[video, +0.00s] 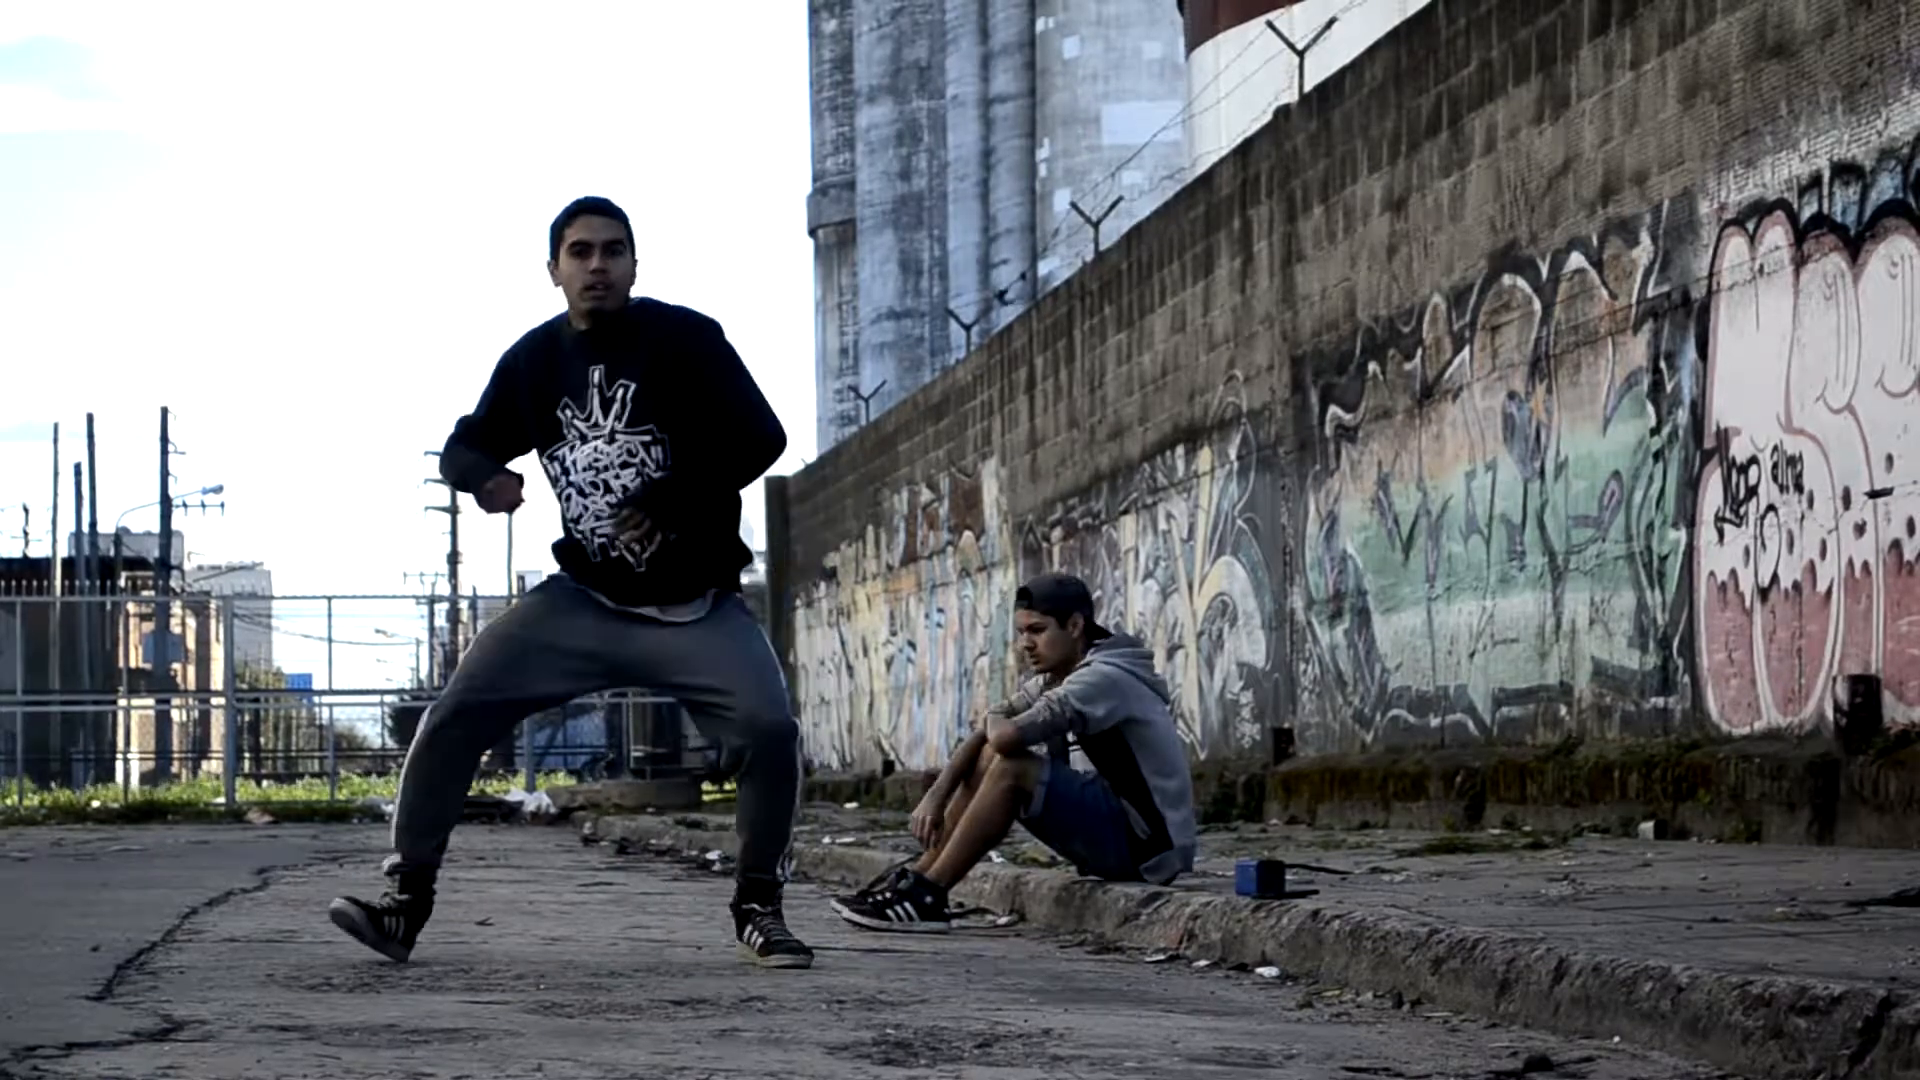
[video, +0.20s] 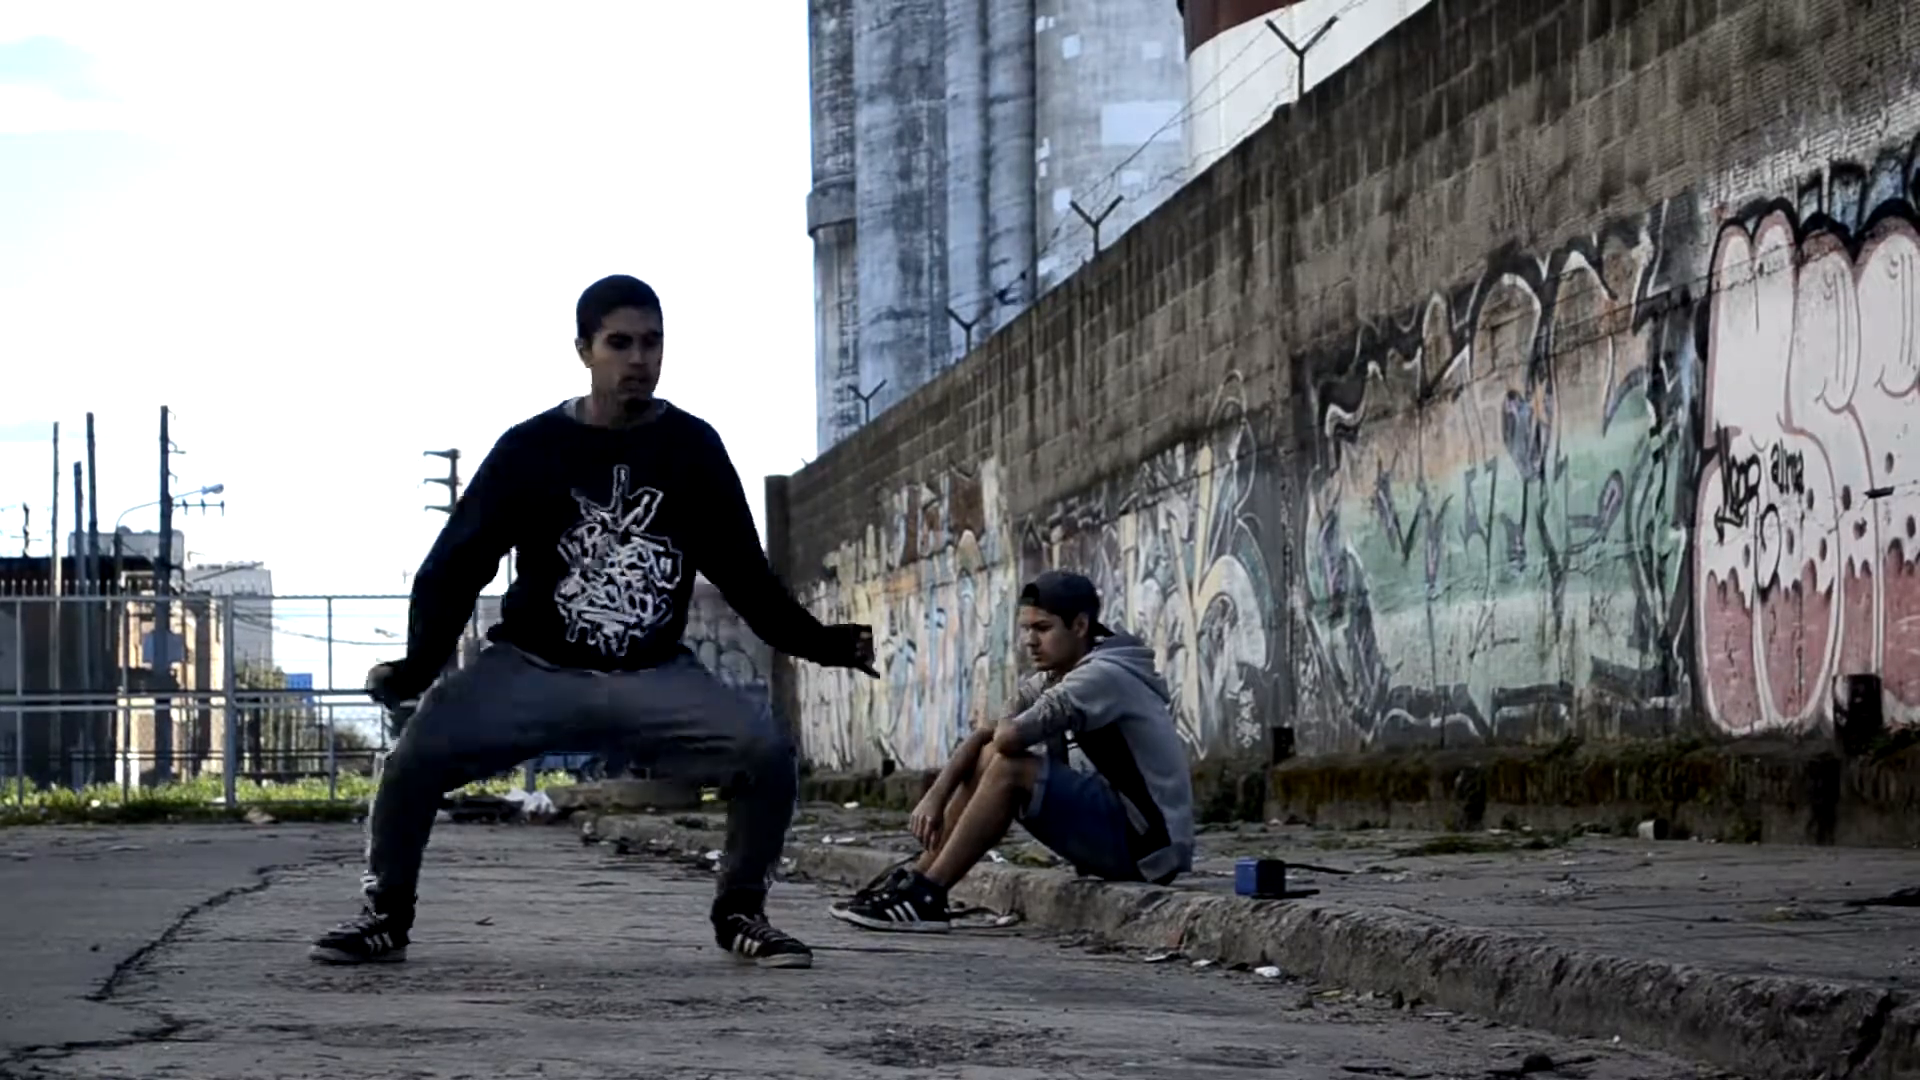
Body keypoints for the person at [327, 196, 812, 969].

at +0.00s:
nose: (598, 266)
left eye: (613, 251)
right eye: (581, 252)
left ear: (635, 263)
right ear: (555, 270)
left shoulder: (690, 341)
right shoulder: (533, 363)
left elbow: (762, 437)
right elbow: (465, 448)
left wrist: (671, 501)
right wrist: (482, 473)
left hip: (701, 611)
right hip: (583, 604)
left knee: (772, 731)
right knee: (456, 710)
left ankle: (760, 910)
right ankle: (405, 902)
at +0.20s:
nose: (639, 359)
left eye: (651, 343)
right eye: (621, 343)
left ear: (664, 350)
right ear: (586, 351)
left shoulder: (693, 448)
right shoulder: (529, 448)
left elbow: (742, 572)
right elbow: (457, 561)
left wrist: (816, 640)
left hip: (658, 675)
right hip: (534, 671)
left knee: (768, 747)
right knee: (419, 749)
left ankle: (739, 912)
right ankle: (387, 916)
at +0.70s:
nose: (564, 303)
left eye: (574, 289)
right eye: (545, 289)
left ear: (585, 299)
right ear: (504, 304)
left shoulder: (643, 394)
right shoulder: (476, 431)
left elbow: (706, 497)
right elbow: (470, 556)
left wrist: (733, 555)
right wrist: (443, 596)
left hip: (667, 632)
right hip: (542, 642)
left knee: (777, 732)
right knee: (450, 762)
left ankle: (816, 903)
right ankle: (396, 914)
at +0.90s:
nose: (574, 236)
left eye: (585, 221)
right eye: (555, 220)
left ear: (597, 233)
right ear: (517, 235)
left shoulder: (660, 316)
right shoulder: (485, 350)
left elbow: (791, 335)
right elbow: (378, 424)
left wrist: (701, 398)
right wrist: (482, 433)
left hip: (670, 594)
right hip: (541, 593)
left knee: (754, 733)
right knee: (437, 733)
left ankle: (786, 901)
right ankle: (391, 916)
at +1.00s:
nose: (597, 192)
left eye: (608, 177)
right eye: (579, 177)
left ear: (620, 185)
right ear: (542, 188)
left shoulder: (681, 283)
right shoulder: (507, 292)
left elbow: (762, 383)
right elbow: (409, 407)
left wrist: (716, 451)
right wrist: (501, 468)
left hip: (670, 557)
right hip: (549, 554)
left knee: (715, 715)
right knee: (475, 696)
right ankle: (442, 837)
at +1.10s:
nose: (599, 206)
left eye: (612, 191)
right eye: (581, 190)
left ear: (626, 202)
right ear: (546, 202)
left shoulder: (677, 296)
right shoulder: (518, 319)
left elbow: (715, 405)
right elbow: (469, 438)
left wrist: (718, 490)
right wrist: (511, 516)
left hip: (672, 562)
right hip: (572, 553)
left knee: (658, 766)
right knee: (524, 707)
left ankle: (548, 884)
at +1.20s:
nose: (591, 234)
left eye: (603, 221)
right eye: (572, 221)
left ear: (619, 234)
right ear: (541, 238)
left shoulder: (685, 325)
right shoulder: (527, 369)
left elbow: (756, 443)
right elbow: (511, 483)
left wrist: (721, 506)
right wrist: (510, 532)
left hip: (684, 581)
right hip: (590, 568)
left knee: (626, 788)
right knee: (581, 693)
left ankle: (532, 895)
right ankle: (492, 689)